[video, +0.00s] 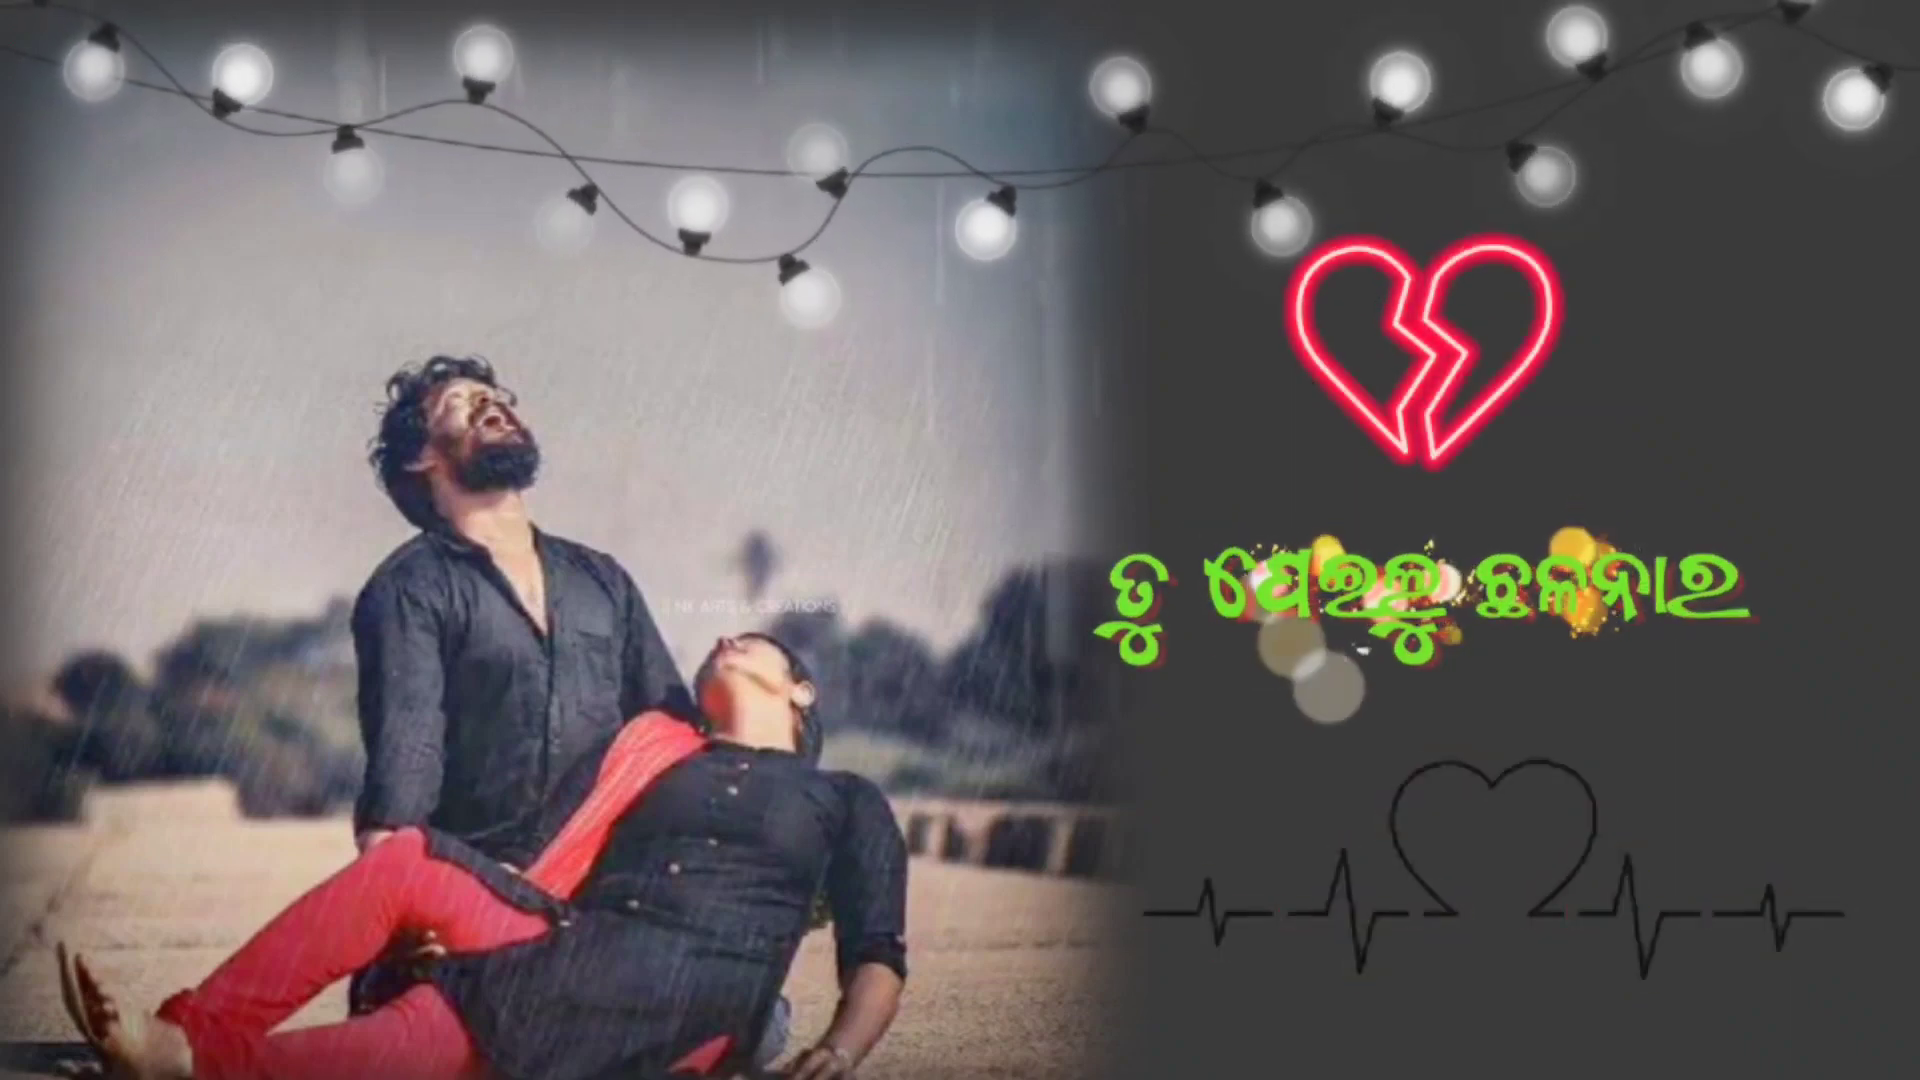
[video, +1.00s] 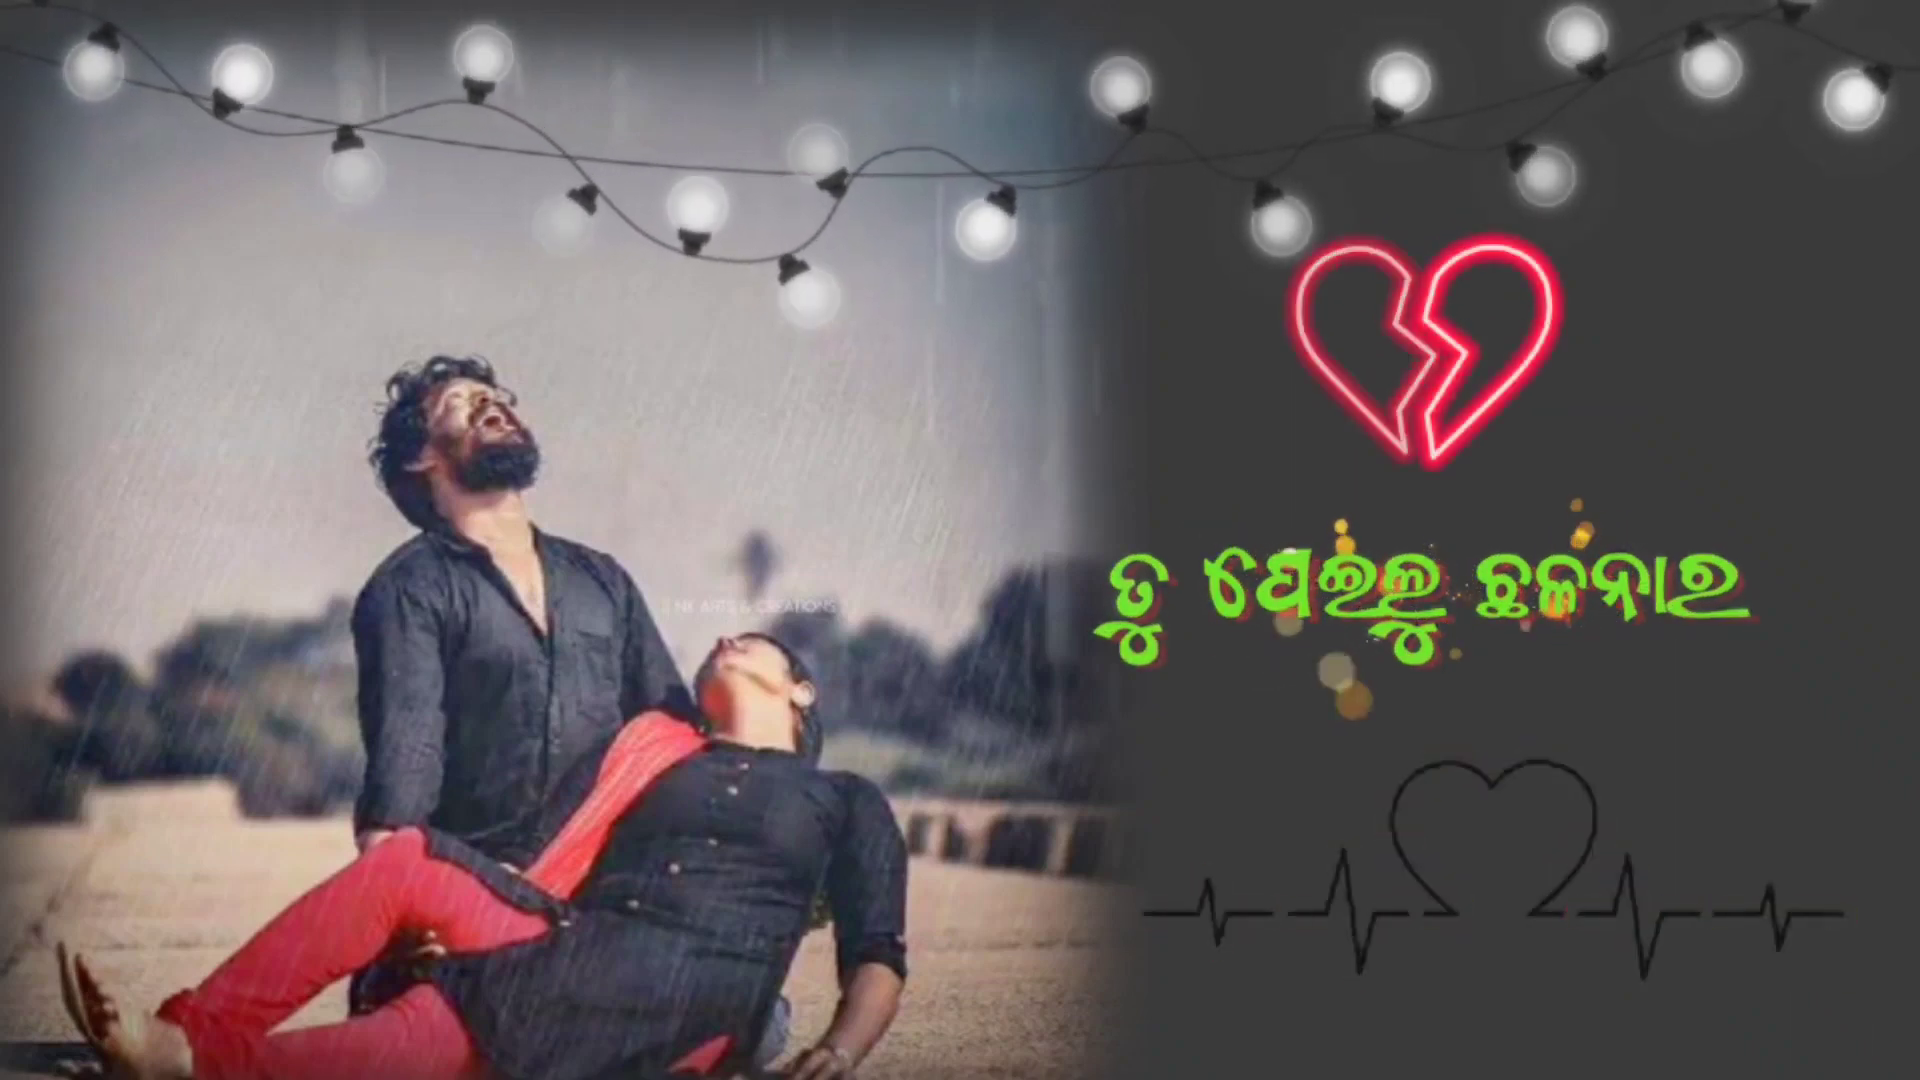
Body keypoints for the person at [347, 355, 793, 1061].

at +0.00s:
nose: (496, 408)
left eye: (501, 400)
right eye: (462, 406)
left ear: (525, 435)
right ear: (422, 463)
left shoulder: (602, 578)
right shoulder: (410, 587)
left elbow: (678, 728)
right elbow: (404, 754)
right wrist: (387, 902)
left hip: (616, 884)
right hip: (461, 891)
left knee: (760, 1021)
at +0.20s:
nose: (496, 408)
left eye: (502, 401)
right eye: (463, 406)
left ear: (525, 438)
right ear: (421, 462)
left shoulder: (602, 578)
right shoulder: (410, 587)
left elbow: (678, 728)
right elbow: (404, 753)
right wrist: (387, 904)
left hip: (617, 883)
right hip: (462, 890)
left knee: (760, 1022)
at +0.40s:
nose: (496, 408)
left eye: (502, 401)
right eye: (463, 406)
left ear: (525, 438)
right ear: (421, 462)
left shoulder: (602, 578)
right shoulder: (410, 587)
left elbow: (678, 728)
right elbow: (404, 753)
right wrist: (387, 904)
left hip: (617, 883)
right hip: (462, 890)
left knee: (760, 1022)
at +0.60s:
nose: (496, 408)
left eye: (502, 401)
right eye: (463, 406)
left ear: (525, 438)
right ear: (421, 462)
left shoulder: (602, 578)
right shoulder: (410, 587)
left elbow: (678, 728)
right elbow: (404, 753)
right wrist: (387, 904)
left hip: (617, 883)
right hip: (462, 890)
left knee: (760, 1022)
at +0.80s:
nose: (496, 408)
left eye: (502, 401)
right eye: (463, 406)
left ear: (525, 438)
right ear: (421, 462)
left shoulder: (602, 578)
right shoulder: (410, 587)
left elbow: (678, 728)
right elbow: (404, 754)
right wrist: (387, 904)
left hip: (617, 883)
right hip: (462, 890)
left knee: (760, 1022)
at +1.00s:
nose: (496, 408)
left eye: (502, 401)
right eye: (463, 406)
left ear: (525, 438)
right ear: (421, 462)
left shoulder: (602, 578)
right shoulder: (410, 587)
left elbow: (678, 728)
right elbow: (404, 753)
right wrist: (387, 904)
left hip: (617, 883)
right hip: (462, 890)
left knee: (760, 1022)